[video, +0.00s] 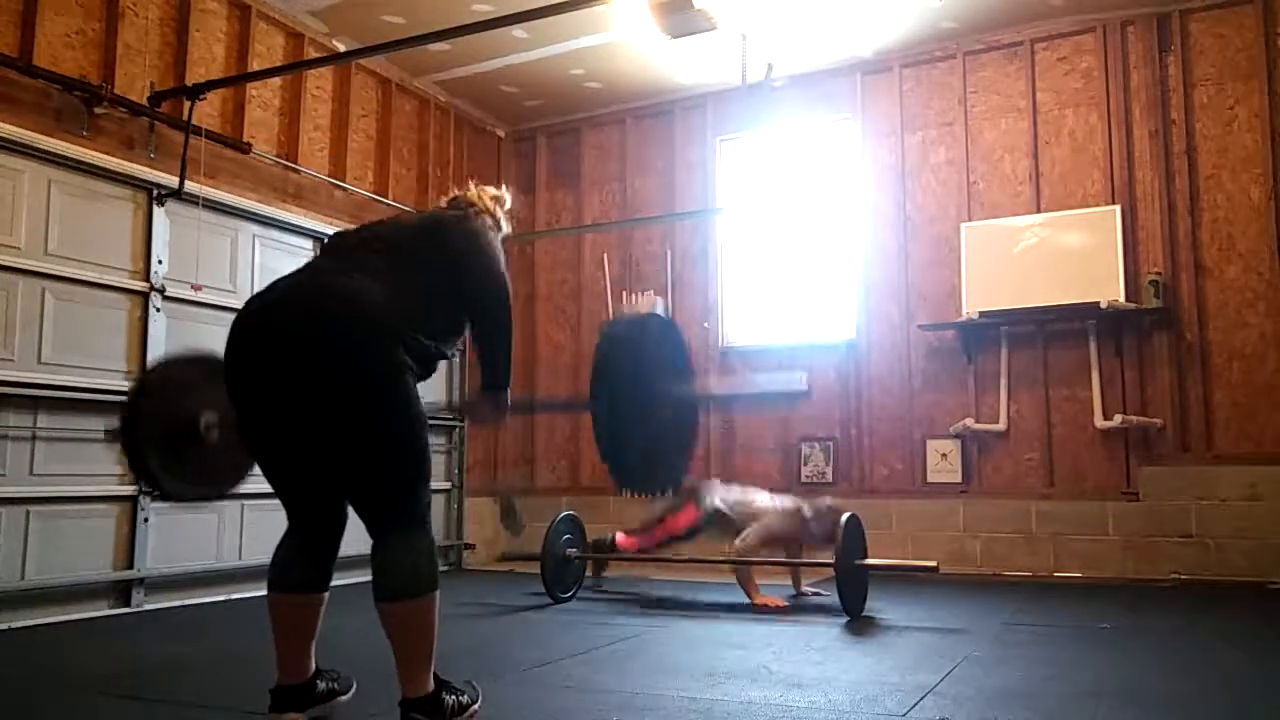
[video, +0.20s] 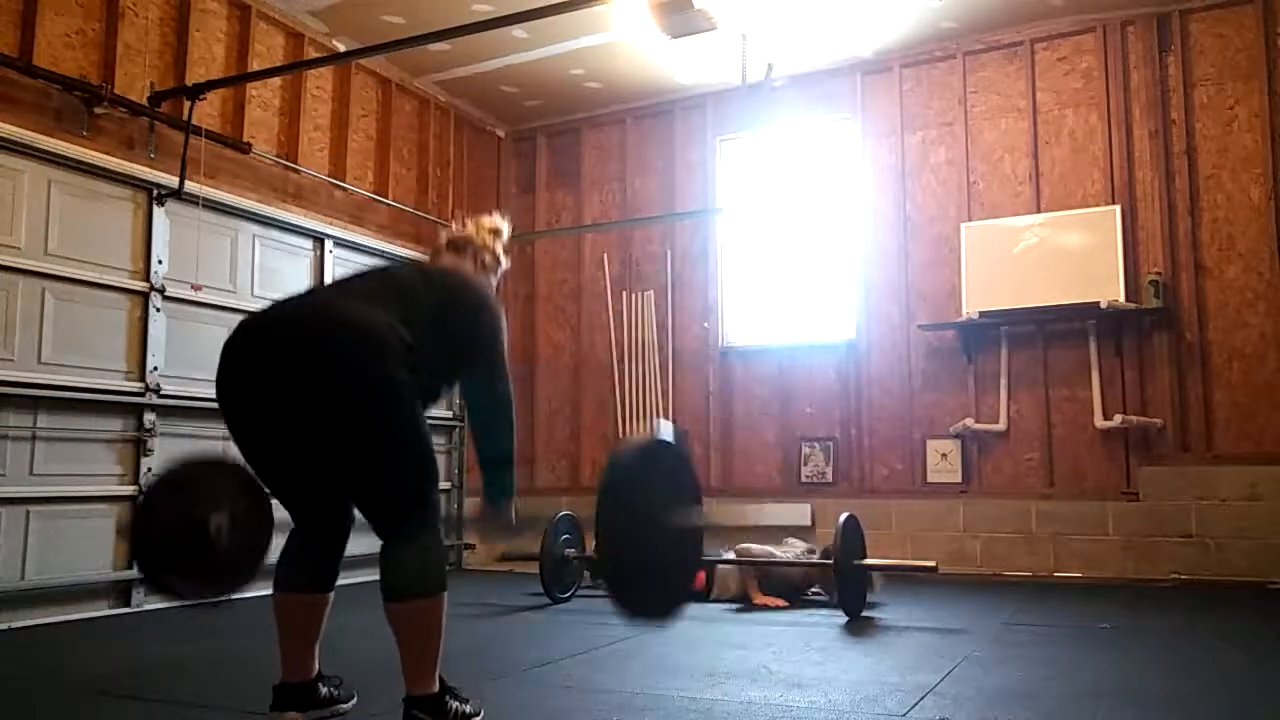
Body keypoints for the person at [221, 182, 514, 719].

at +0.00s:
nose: (498, 251)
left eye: (500, 242)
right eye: (498, 241)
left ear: (450, 210)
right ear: (487, 227)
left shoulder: (387, 231)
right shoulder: (472, 232)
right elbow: (492, 291)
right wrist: (495, 386)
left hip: (259, 344)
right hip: (353, 358)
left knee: (312, 519)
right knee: (401, 528)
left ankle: (294, 684)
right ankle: (420, 695)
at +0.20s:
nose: (495, 289)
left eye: (494, 277)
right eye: (496, 277)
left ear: (438, 257)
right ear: (488, 272)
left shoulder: (392, 280)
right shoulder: (475, 302)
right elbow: (491, 404)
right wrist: (500, 500)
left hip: (249, 361)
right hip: (353, 374)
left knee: (320, 519)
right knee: (411, 525)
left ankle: (297, 686)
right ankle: (425, 697)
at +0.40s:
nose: (497, 359)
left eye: (499, 351)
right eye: (497, 349)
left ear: (447, 326)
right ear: (485, 337)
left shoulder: (395, 343)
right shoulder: (477, 370)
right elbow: (494, 482)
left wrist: (333, 584)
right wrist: (500, 583)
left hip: (246, 401)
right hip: (354, 409)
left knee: (339, 520)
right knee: (433, 523)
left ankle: (299, 685)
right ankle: (427, 694)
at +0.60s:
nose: (506, 361)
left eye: (510, 352)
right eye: (508, 350)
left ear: (461, 324)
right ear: (498, 339)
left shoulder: (401, 341)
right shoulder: (480, 367)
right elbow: (491, 482)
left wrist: (340, 582)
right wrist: (495, 586)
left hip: (248, 396)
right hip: (353, 401)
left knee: (336, 522)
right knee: (430, 525)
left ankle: (299, 685)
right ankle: (426, 692)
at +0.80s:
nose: (505, 279)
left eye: (507, 268)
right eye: (506, 267)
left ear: (461, 242)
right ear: (497, 260)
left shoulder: (406, 268)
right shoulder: (475, 289)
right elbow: (466, 392)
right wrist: (451, 486)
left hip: (251, 358)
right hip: (340, 374)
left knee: (320, 518)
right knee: (405, 521)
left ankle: (297, 684)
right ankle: (422, 696)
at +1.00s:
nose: (511, 229)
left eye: (516, 220)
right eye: (514, 218)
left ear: (466, 194)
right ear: (505, 206)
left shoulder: (410, 221)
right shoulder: (486, 234)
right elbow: (440, 314)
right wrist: (425, 400)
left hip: (269, 345)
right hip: (347, 358)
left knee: (330, 505)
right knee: (401, 499)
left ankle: (286, 678)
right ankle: (336, 680)